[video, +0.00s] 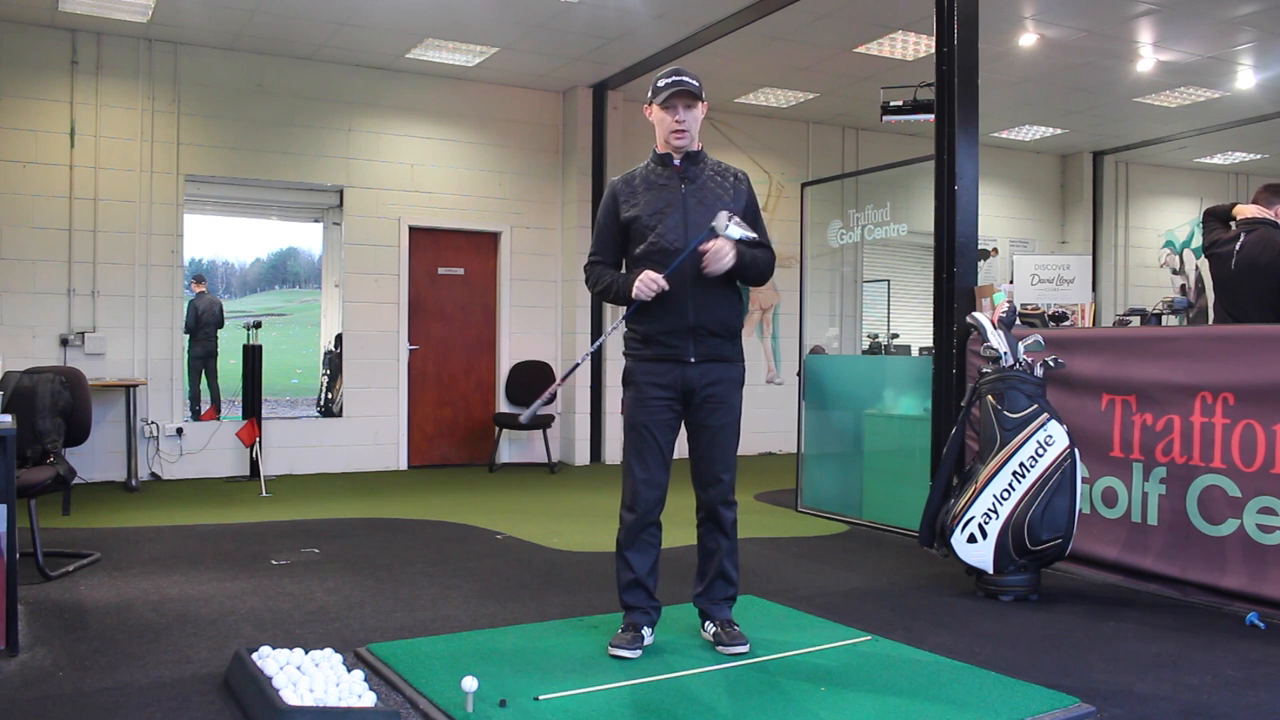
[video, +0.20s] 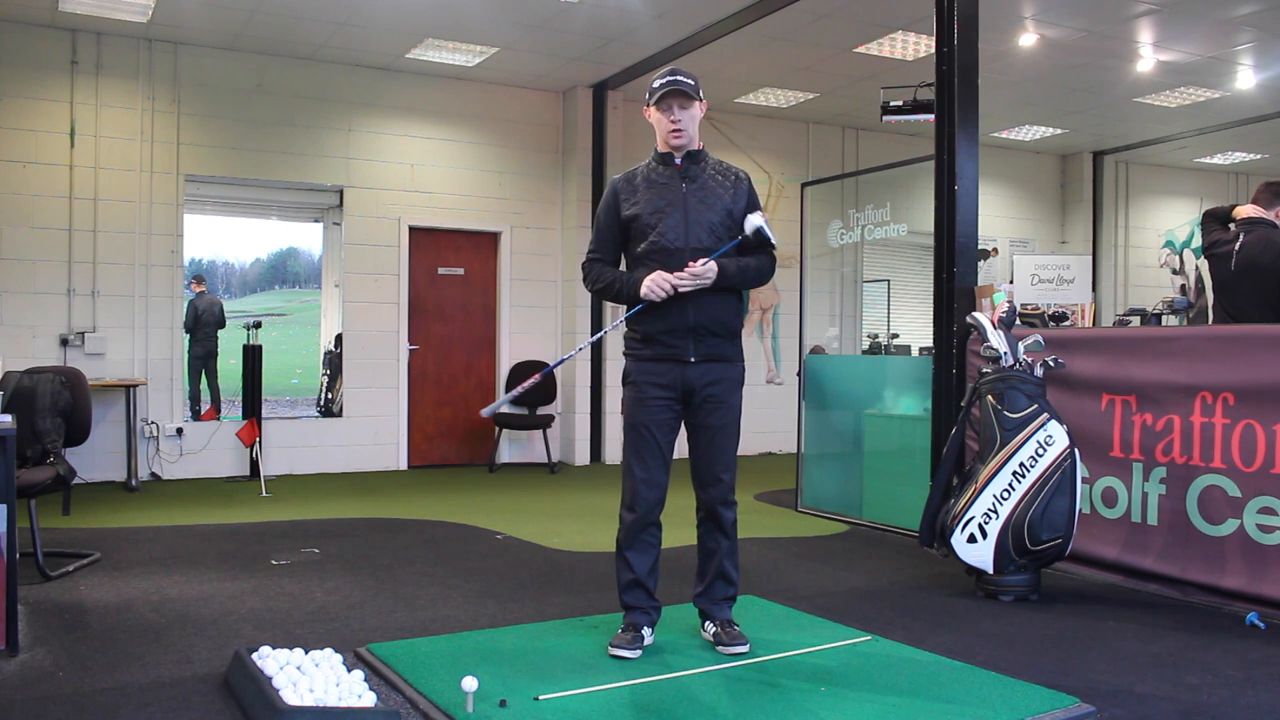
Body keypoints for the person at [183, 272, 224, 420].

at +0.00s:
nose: (191, 287)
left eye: (192, 285)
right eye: (191, 285)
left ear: (196, 285)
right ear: (205, 285)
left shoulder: (194, 302)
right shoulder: (216, 301)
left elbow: (190, 326)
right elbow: (221, 324)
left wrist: (186, 329)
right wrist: (208, 324)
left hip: (197, 345)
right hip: (212, 344)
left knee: (194, 383)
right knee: (213, 381)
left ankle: (195, 414)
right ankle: (216, 412)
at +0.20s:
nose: (190, 287)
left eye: (191, 284)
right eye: (191, 285)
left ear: (196, 285)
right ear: (204, 285)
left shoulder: (194, 302)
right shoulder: (217, 301)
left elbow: (189, 325)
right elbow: (222, 324)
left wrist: (188, 327)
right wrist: (210, 325)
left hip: (197, 345)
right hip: (212, 345)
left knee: (194, 383)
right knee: (213, 381)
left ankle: (195, 415)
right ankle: (216, 412)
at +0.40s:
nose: (191, 287)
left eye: (192, 285)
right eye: (191, 285)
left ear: (197, 285)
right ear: (204, 285)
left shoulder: (194, 302)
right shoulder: (217, 301)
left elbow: (188, 325)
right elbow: (223, 324)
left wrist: (189, 330)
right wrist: (210, 325)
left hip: (197, 345)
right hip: (212, 345)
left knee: (194, 383)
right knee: (213, 381)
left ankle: (195, 414)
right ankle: (216, 412)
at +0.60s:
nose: (191, 288)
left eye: (191, 285)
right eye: (191, 285)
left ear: (196, 285)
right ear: (204, 285)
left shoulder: (194, 302)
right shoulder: (217, 301)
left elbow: (188, 325)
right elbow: (224, 323)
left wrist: (191, 330)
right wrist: (211, 326)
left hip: (197, 346)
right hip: (212, 346)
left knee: (194, 383)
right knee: (213, 381)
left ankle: (195, 414)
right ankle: (216, 412)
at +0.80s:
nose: (191, 288)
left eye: (192, 285)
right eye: (191, 285)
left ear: (197, 285)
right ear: (204, 285)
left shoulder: (194, 302)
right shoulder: (217, 301)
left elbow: (187, 325)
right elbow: (224, 324)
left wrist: (192, 330)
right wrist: (211, 326)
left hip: (197, 345)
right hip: (212, 345)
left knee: (194, 382)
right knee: (213, 381)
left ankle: (195, 414)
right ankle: (216, 412)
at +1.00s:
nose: (191, 287)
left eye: (193, 285)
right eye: (192, 285)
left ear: (198, 285)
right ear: (205, 285)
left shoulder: (195, 302)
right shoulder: (218, 301)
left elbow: (186, 325)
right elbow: (224, 324)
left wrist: (196, 319)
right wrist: (210, 326)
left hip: (197, 345)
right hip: (212, 345)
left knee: (194, 382)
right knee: (213, 381)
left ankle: (195, 414)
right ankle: (216, 412)